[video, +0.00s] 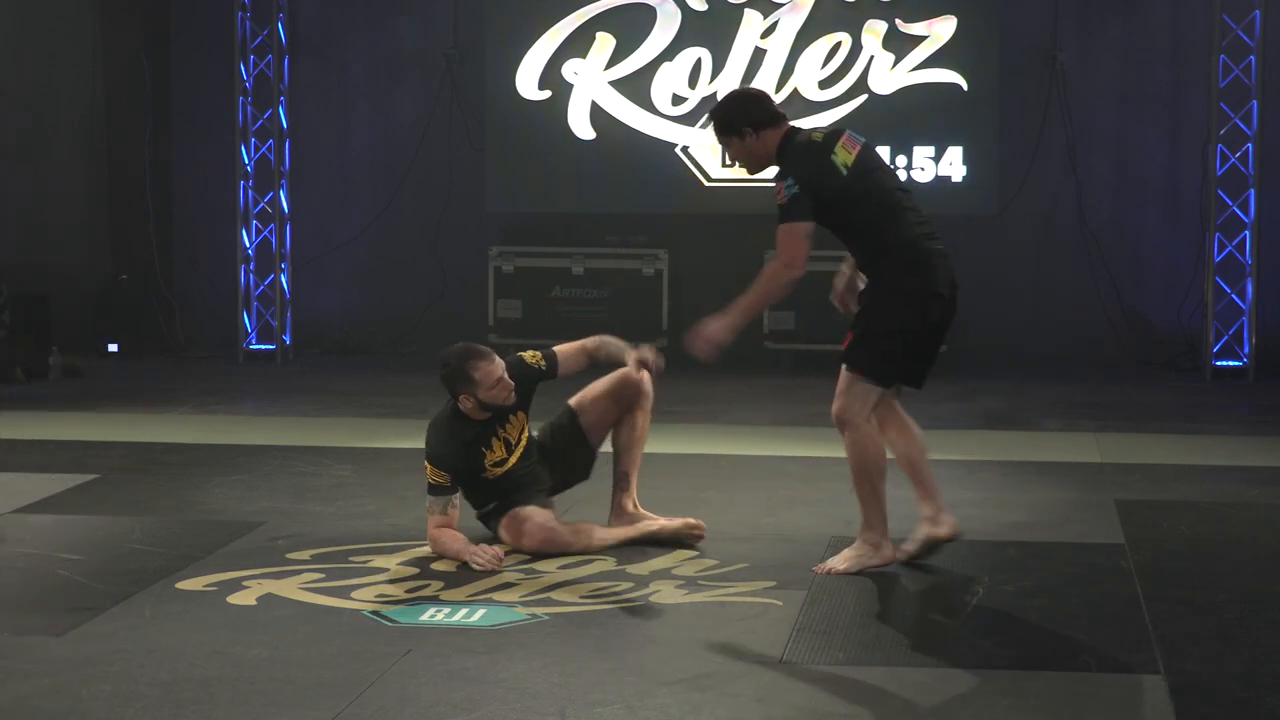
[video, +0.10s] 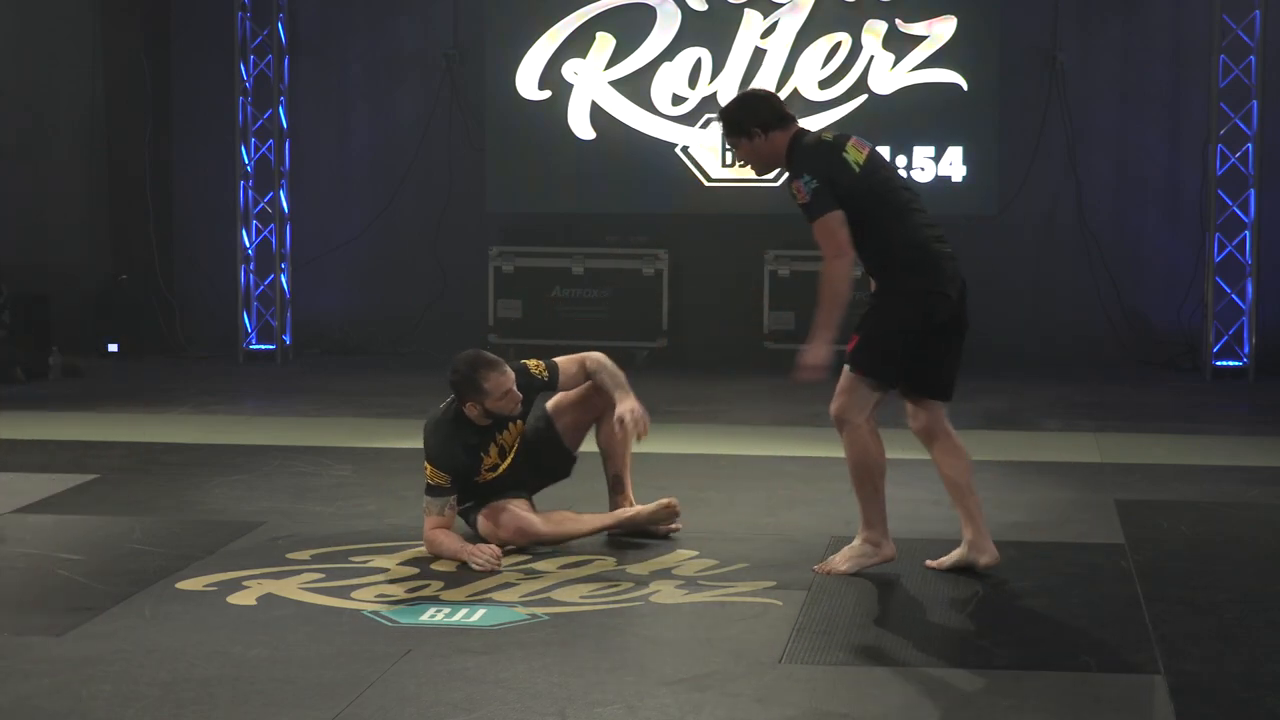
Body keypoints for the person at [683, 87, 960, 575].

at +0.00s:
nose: (733, 158)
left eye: (731, 147)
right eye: (728, 149)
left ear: (752, 134)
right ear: (770, 124)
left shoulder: (795, 165)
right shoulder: (832, 138)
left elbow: (789, 263)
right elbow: (883, 205)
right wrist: (853, 268)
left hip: (903, 282)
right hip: (928, 274)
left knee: (850, 412)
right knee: (880, 403)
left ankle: (874, 540)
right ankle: (936, 516)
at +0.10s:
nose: (741, 159)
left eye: (739, 147)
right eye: (736, 150)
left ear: (762, 134)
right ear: (772, 130)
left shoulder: (805, 164)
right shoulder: (833, 143)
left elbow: (839, 254)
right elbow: (893, 206)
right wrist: (884, 275)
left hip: (906, 289)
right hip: (942, 284)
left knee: (850, 412)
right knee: (928, 418)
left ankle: (874, 539)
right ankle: (978, 541)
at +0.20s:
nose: (748, 169)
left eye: (746, 157)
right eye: (743, 160)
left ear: (768, 146)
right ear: (778, 141)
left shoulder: (814, 174)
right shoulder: (837, 154)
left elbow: (873, 251)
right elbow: (898, 226)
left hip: (916, 288)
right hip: (954, 286)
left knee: (834, 402)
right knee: (941, 424)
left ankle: (865, 533)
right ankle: (980, 548)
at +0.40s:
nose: (732, 180)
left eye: (730, 168)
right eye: (727, 170)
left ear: (751, 156)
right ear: (765, 148)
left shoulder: (797, 182)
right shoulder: (824, 163)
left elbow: (858, 257)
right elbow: (849, 263)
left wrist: (902, 332)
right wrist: (829, 342)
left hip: (909, 296)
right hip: (948, 290)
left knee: (858, 421)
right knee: (955, 425)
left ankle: (849, 559)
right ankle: (982, 548)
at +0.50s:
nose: (717, 191)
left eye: (713, 180)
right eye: (712, 183)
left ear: (731, 166)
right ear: (751, 152)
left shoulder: (781, 188)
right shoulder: (806, 168)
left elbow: (835, 273)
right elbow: (833, 272)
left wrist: (858, 356)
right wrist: (811, 348)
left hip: (891, 294)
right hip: (932, 286)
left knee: (852, 417)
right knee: (923, 421)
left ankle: (847, 560)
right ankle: (975, 544)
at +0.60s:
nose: (702, 202)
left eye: (699, 189)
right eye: (696, 192)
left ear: (718, 175)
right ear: (736, 163)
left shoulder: (766, 196)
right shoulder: (785, 182)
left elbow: (807, 283)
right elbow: (820, 287)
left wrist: (801, 373)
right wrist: (782, 354)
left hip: (887, 290)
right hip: (915, 281)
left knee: (846, 422)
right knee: (886, 415)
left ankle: (847, 560)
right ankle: (942, 530)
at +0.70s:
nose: (691, 212)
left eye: (688, 199)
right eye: (685, 203)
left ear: (706, 184)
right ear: (718, 175)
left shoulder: (752, 202)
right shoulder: (767, 189)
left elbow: (792, 287)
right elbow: (789, 289)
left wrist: (781, 368)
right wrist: (740, 346)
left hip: (878, 285)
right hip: (903, 277)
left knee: (843, 422)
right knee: (861, 411)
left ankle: (847, 560)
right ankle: (877, 536)